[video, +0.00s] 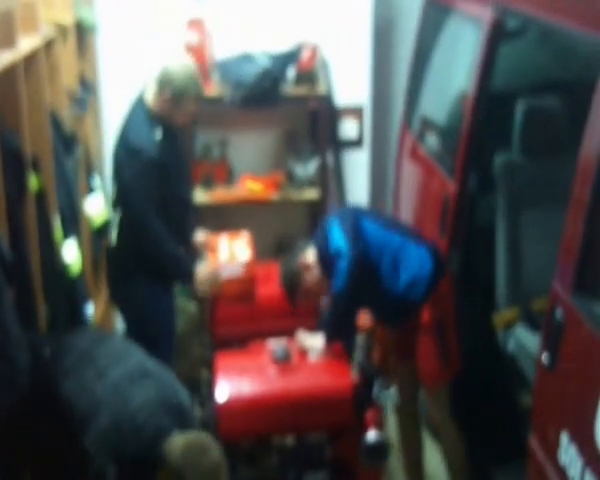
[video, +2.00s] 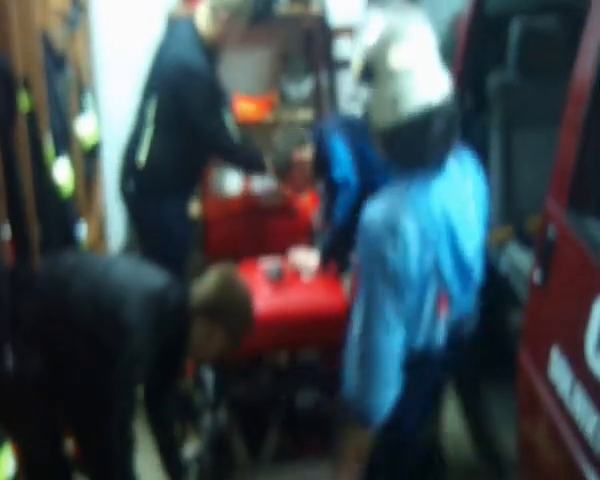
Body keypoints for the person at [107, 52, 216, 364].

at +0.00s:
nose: (191, 116)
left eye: (193, 108)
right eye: (187, 109)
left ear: (168, 98)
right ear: (165, 99)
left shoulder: (165, 126)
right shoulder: (143, 145)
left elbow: (171, 194)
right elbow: (146, 222)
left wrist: (190, 231)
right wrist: (188, 270)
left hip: (157, 260)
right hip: (140, 269)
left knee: (158, 357)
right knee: (154, 361)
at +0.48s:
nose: (175, 86)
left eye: (177, 78)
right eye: (172, 77)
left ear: (155, 73)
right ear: (152, 72)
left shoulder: (151, 109)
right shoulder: (127, 124)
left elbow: (161, 178)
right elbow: (139, 202)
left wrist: (187, 205)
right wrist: (190, 237)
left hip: (150, 244)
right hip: (134, 251)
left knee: (157, 336)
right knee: (159, 340)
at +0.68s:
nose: (184, 79)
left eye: (185, 71)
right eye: (181, 70)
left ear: (164, 64)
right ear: (161, 65)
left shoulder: (155, 100)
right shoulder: (141, 117)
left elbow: (175, 153)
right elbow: (162, 191)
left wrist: (211, 173)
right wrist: (219, 209)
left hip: (157, 234)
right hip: (147, 243)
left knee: (159, 328)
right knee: (164, 335)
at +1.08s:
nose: (208, 72)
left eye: (210, 64)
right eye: (207, 64)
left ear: (186, 51)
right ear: (190, 54)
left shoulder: (169, 82)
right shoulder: (168, 100)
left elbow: (208, 132)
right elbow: (199, 169)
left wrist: (246, 167)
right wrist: (257, 197)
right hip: (154, 234)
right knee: (164, 327)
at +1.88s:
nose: (237, 41)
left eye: (240, 33)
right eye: (237, 32)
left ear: (214, 19)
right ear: (222, 24)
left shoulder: (189, 44)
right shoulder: (186, 68)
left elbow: (216, 115)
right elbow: (207, 144)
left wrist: (250, 157)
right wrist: (250, 178)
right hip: (155, 193)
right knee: (169, 282)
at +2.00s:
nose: (238, 36)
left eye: (241, 28)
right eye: (239, 27)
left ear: (215, 13)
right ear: (224, 19)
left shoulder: (182, 36)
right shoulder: (192, 62)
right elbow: (213, 137)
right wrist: (258, 163)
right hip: (158, 185)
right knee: (170, 273)